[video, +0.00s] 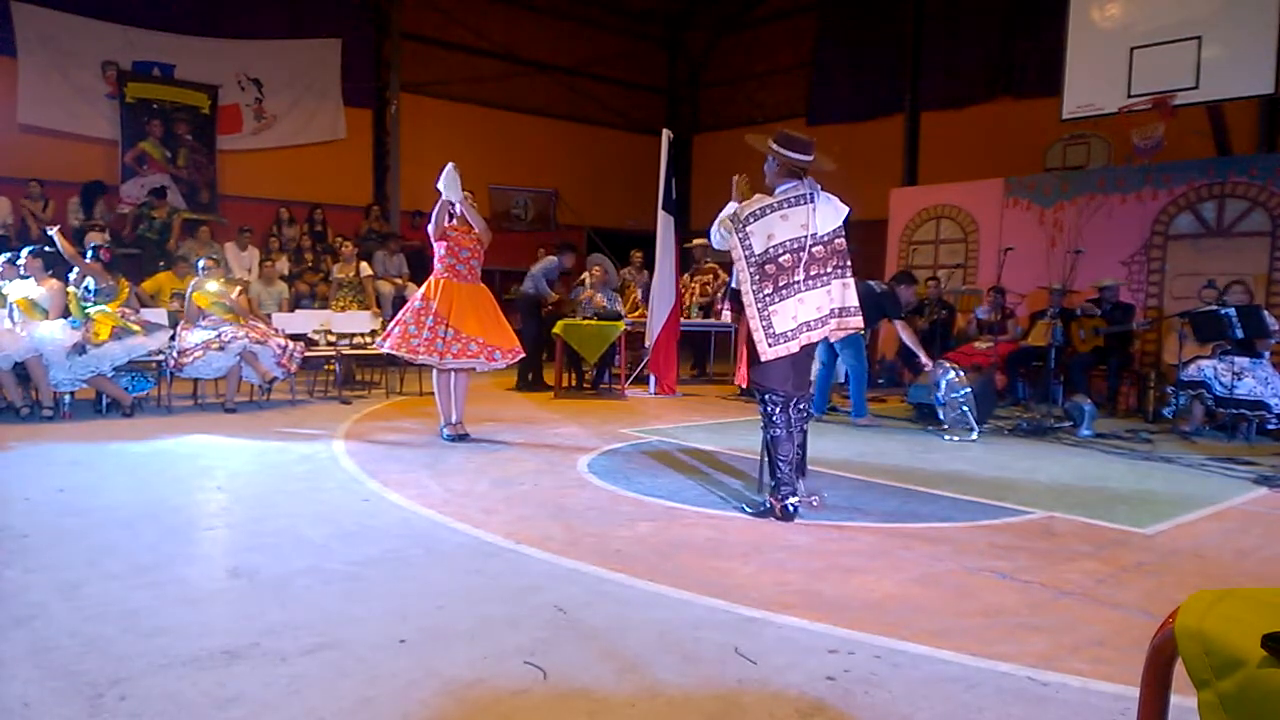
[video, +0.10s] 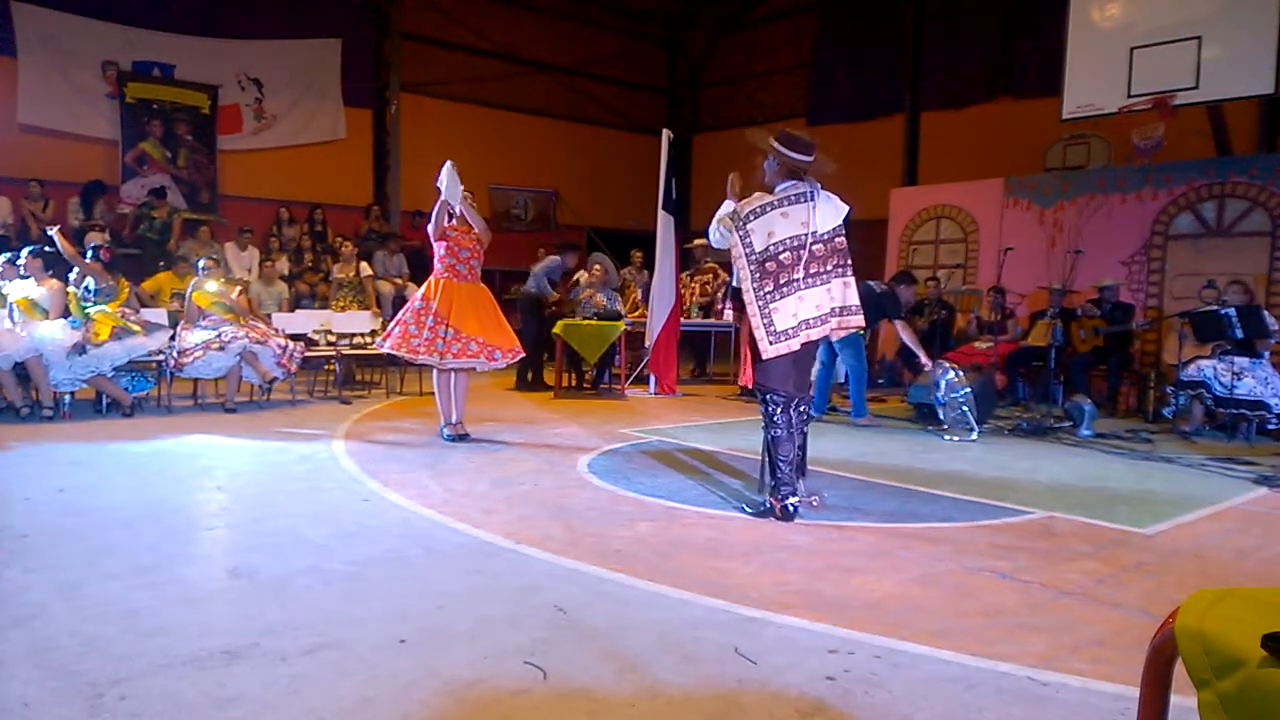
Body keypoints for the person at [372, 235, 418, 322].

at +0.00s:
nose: (397, 245)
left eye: (398, 242)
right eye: (394, 242)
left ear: (400, 244)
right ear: (387, 243)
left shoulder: (400, 256)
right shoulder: (379, 254)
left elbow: (405, 271)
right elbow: (380, 273)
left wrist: (404, 282)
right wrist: (395, 283)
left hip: (398, 278)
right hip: (383, 278)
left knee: (413, 290)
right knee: (387, 291)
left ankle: (418, 316)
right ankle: (387, 317)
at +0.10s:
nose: (397, 245)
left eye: (398, 242)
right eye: (394, 242)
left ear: (399, 244)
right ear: (387, 243)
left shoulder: (400, 256)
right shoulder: (379, 254)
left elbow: (405, 271)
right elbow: (380, 273)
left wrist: (404, 282)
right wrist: (394, 283)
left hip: (397, 278)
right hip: (383, 278)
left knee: (413, 290)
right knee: (387, 291)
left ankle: (418, 316)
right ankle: (387, 318)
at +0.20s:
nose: (397, 245)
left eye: (398, 242)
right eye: (394, 242)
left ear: (399, 244)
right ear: (387, 243)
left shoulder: (400, 256)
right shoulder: (379, 254)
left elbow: (405, 271)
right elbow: (380, 273)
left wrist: (404, 282)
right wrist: (395, 283)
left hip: (397, 278)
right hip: (383, 278)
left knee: (413, 290)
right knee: (387, 291)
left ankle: (417, 316)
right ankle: (387, 318)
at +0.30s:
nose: (397, 245)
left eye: (398, 242)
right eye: (394, 242)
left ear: (399, 244)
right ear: (387, 243)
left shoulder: (400, 256)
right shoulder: (379, 254)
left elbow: (405, 272)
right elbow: (380, 273)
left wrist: (404, 282)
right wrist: (394, 283)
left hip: (397, 278)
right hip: (383, 278)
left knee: (413, 290)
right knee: (387, 291)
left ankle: (417, 316)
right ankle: (387, 318)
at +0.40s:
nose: (397, 245)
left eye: (398, 242)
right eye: (394, 242)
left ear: (399, 244)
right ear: (387, 243)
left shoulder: (400, 256)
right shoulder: (379, 254)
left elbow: (405, 272)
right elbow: (380, 273)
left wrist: (404, 282)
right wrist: (395, 283)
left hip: (397, 278)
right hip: (383, 278)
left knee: (413, 290)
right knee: (387, 291)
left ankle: (417, 316)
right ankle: (387, 318)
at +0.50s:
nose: (397, 245)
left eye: (398, 243)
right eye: (394, 242)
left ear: (399, 244)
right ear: (387, 243)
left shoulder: (400, 256)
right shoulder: (379, 254)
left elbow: (405, 272)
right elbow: (380, 273)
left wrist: (404, 282)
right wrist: (395, 283)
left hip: (397, 278)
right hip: (383, 278)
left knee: (413, 290)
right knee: (387, 291)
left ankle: (416, 316)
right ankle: (387, 318)